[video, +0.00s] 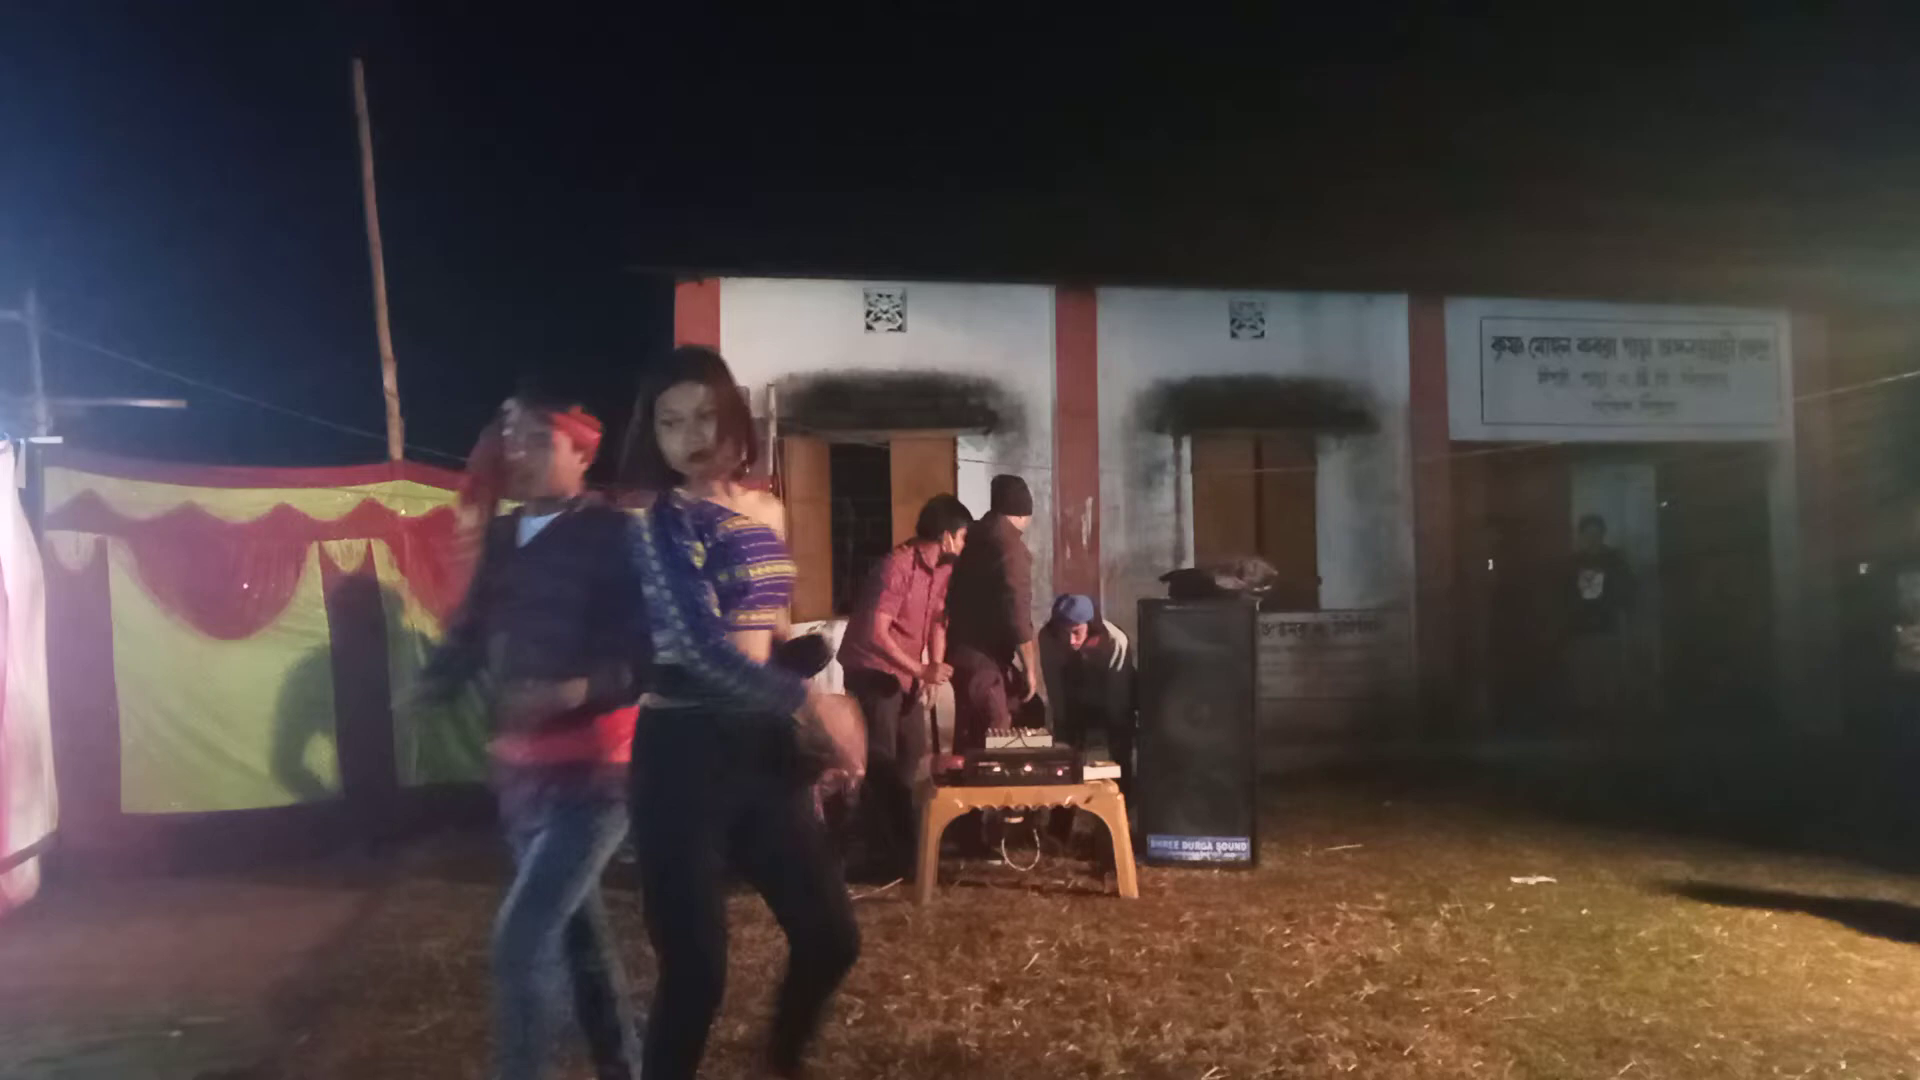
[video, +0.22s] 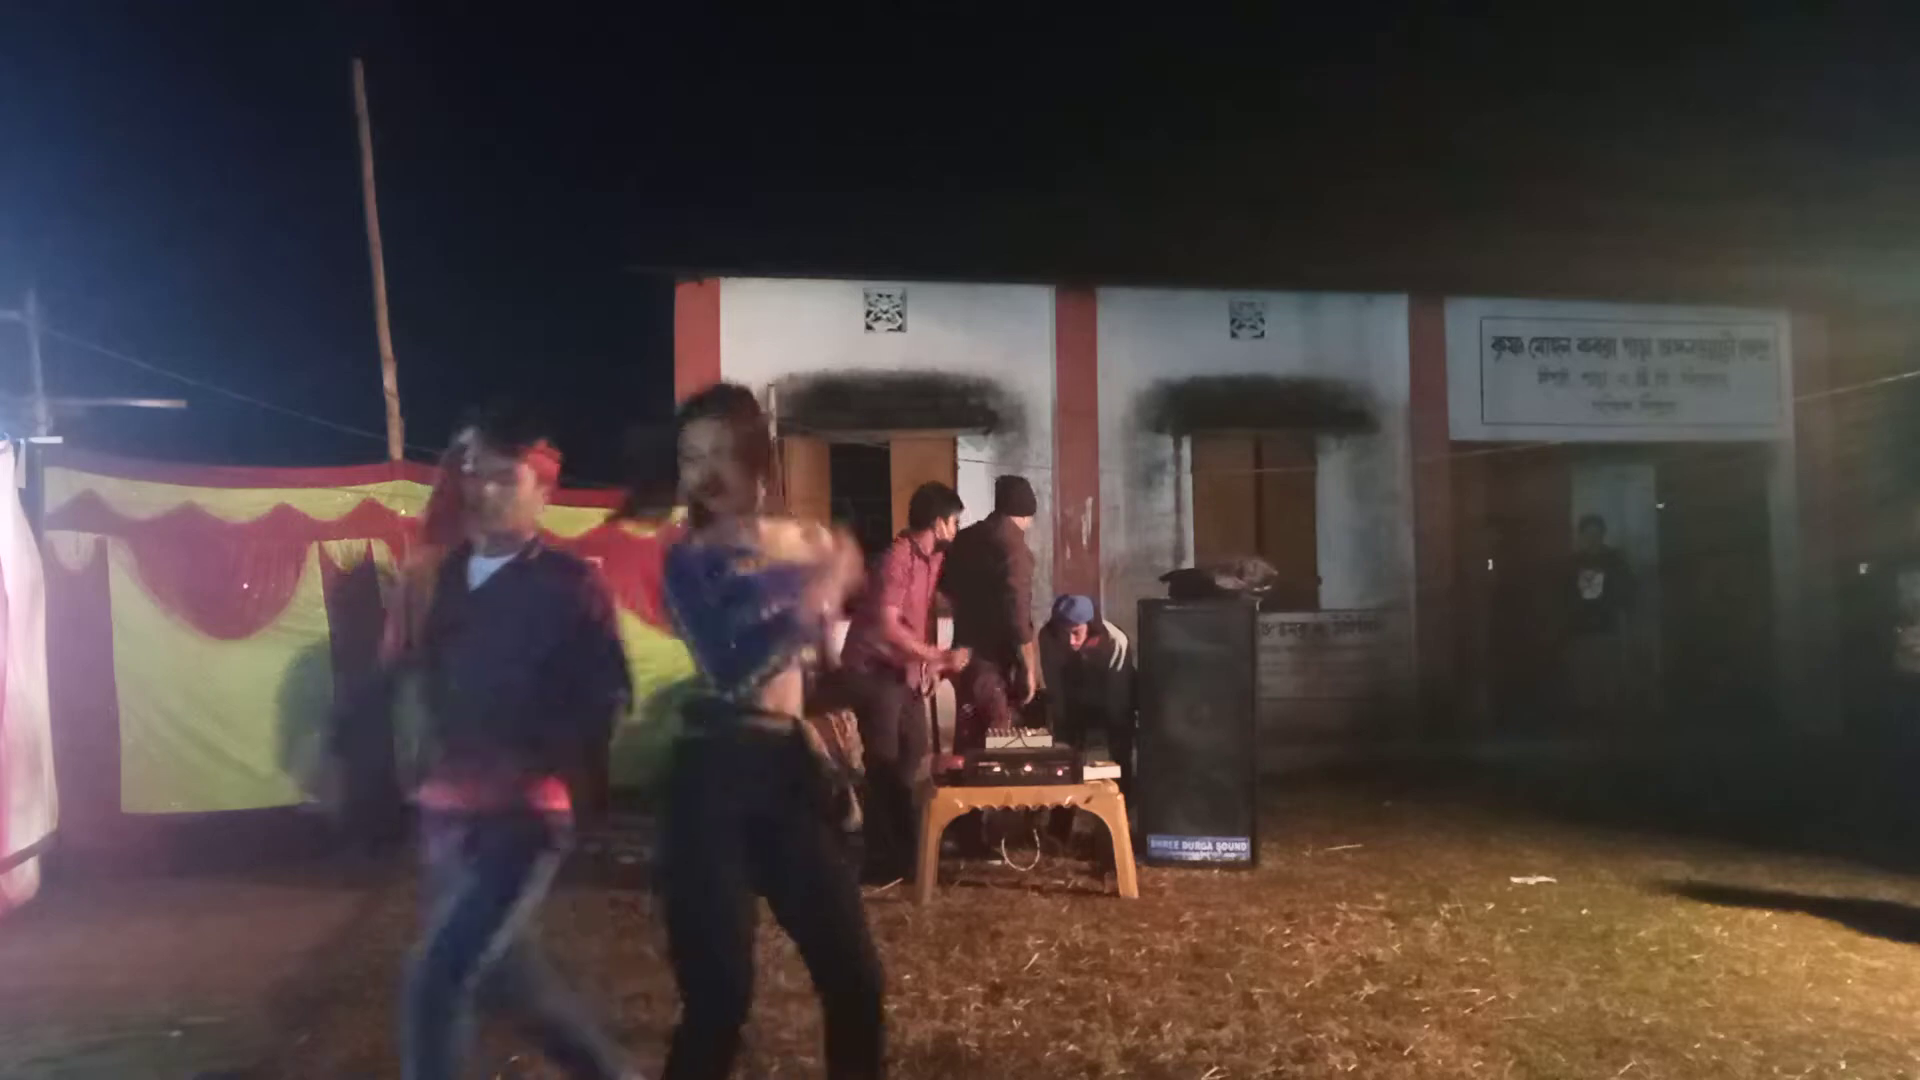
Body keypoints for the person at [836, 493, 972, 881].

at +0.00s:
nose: (963, 544)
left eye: (964, 536)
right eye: (959, 535)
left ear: (949, 534)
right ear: (938, 533)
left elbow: (937, 619)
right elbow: (876, 631)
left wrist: (937, 665)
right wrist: (918, 669)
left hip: (909, 671)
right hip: (875, 670)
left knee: (910, 760)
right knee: (883, 762)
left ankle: (904, 853)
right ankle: (879, 857)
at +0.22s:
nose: (956, 531)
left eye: (956, 522)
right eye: (952, 522)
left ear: (934, 522)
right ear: (934, 521)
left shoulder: (933, 561)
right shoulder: (895, 558)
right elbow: (886, 627)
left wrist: (937, 660)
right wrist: (932, 655)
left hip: (910, 671)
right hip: (876, 672)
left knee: (911, 760)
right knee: (883, 763)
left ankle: (905, 855)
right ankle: (882, 859)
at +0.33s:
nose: (952, 519)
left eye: (951, 512)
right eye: (949, 512)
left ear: (924, 514)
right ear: (934, 515)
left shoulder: (924, 553)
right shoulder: (902, 551)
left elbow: (935, 603)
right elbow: (915, 620)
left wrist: (977, 613)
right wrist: (980, 624)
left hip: (912, 676)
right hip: (890, 676)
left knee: (914, 761)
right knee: (900, 766)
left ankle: (906, 856)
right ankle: (897, 859)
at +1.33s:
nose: (977, 541)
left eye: (981, 534)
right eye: (976, 532)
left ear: (958, 521)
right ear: (958, 521)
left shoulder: (932, 536)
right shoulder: (938, 541)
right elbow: (957, 603)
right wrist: (1004, 647)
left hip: (895, 650)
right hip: (902, 652)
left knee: (904, 744)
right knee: (907, 745)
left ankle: (898, 838)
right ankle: (898, 842)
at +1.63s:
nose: (1010, 515)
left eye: (1014, 507)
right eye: (1009, 506)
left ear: (992, 500)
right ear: (990, 498)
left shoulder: (977, 523)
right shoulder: (967, 523)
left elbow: (993, 581)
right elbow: (990, 583)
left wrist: (1025, 621)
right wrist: (1024, 625)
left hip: (940, 630)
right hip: (927, 631)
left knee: (936, 723)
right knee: (935, 724)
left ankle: (925, 813)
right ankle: (922, 815)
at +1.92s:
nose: (1050, 496)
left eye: (1050, 488)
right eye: (1047, 488)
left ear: (1020, 485)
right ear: (1035, 489)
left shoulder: (1003, 517)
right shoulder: (1008, 521)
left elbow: (989, 584)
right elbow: (1004, 579)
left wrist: (1010, 636)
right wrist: (1038, 632)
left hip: (980, 631)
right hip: (981, 632)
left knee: (987, 727)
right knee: (986, 728)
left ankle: (973, 816)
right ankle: (973, 819)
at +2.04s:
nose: (1082, 491)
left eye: (1082, 483)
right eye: (1079, 484)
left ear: (1050, 479)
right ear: (1068, 484)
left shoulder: (1030, 513)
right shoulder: (1041, 520)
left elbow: (1012, 580)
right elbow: (1031, 580)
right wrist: (1051, 634)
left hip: (1017, 635)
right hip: (1025, 637)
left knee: (1026, 720)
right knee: (1030, 722)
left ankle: (1010, 800)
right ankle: (1014, 807)